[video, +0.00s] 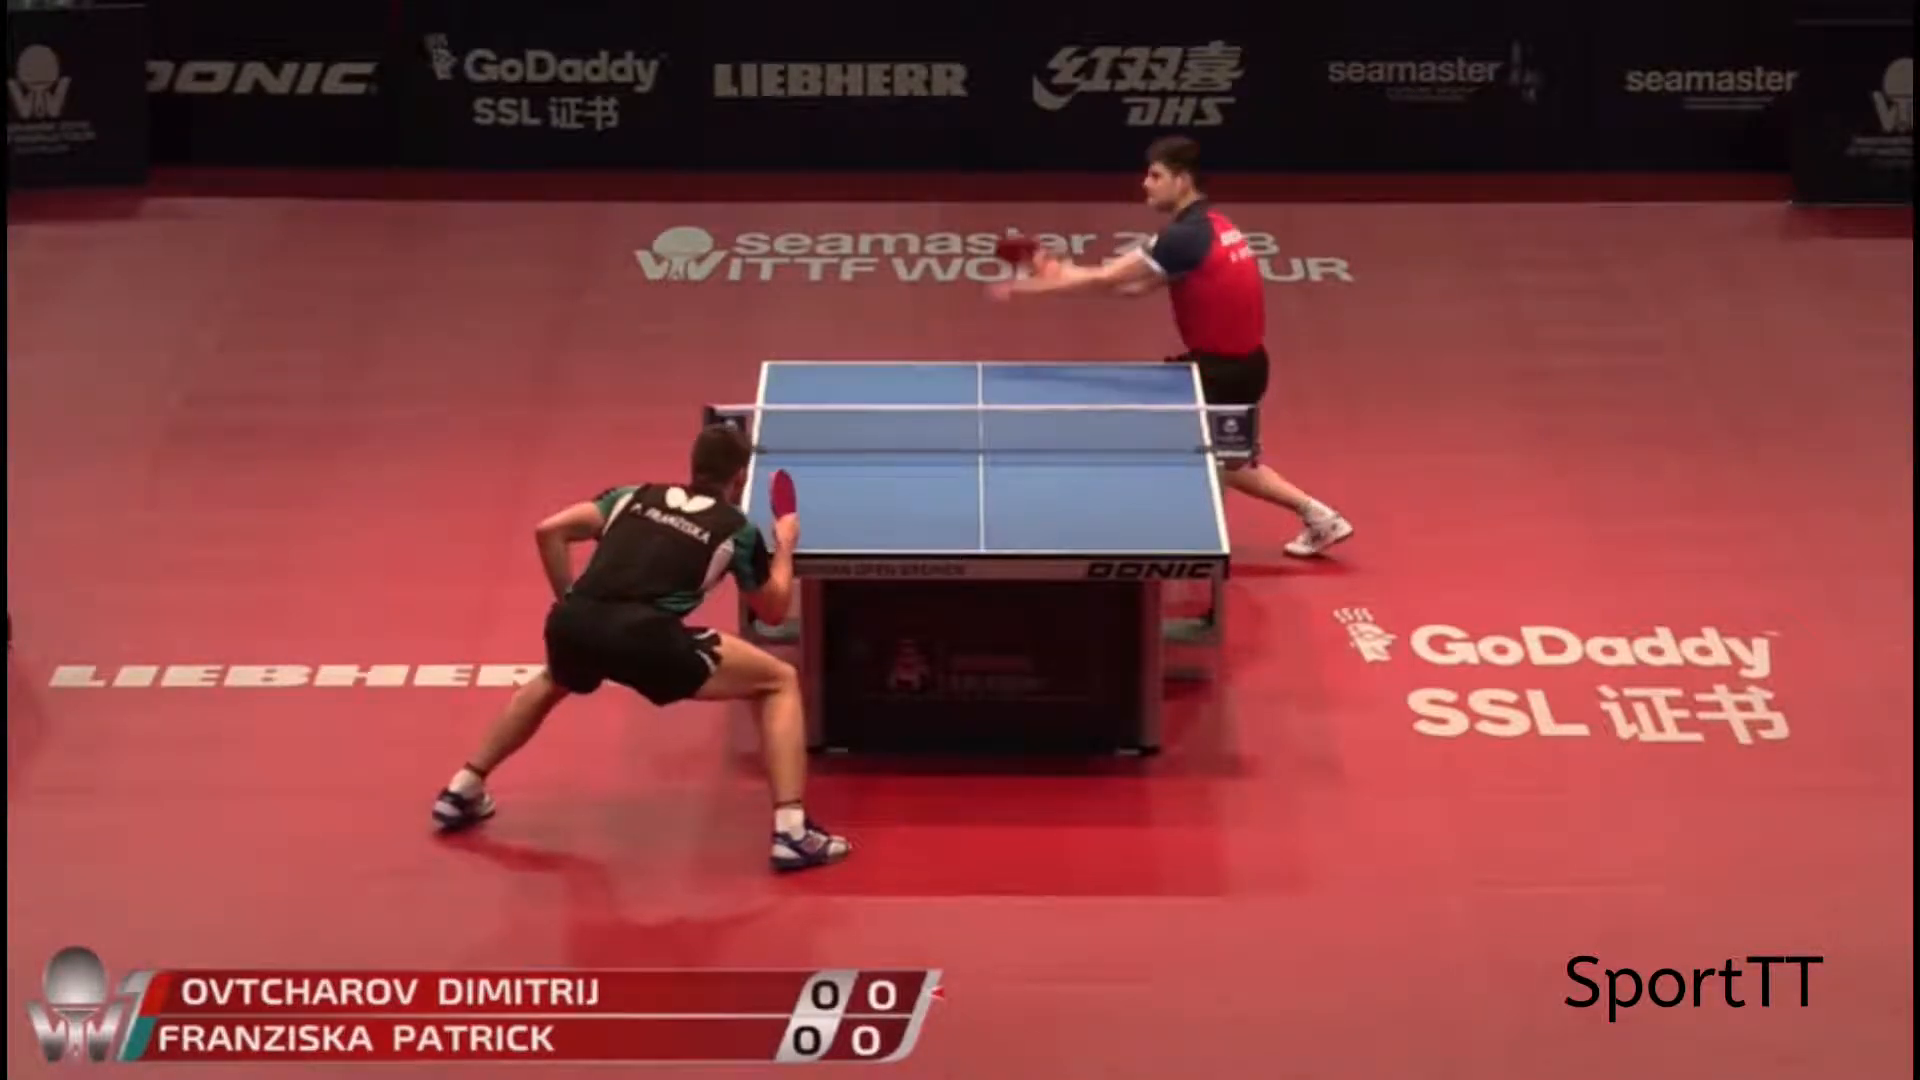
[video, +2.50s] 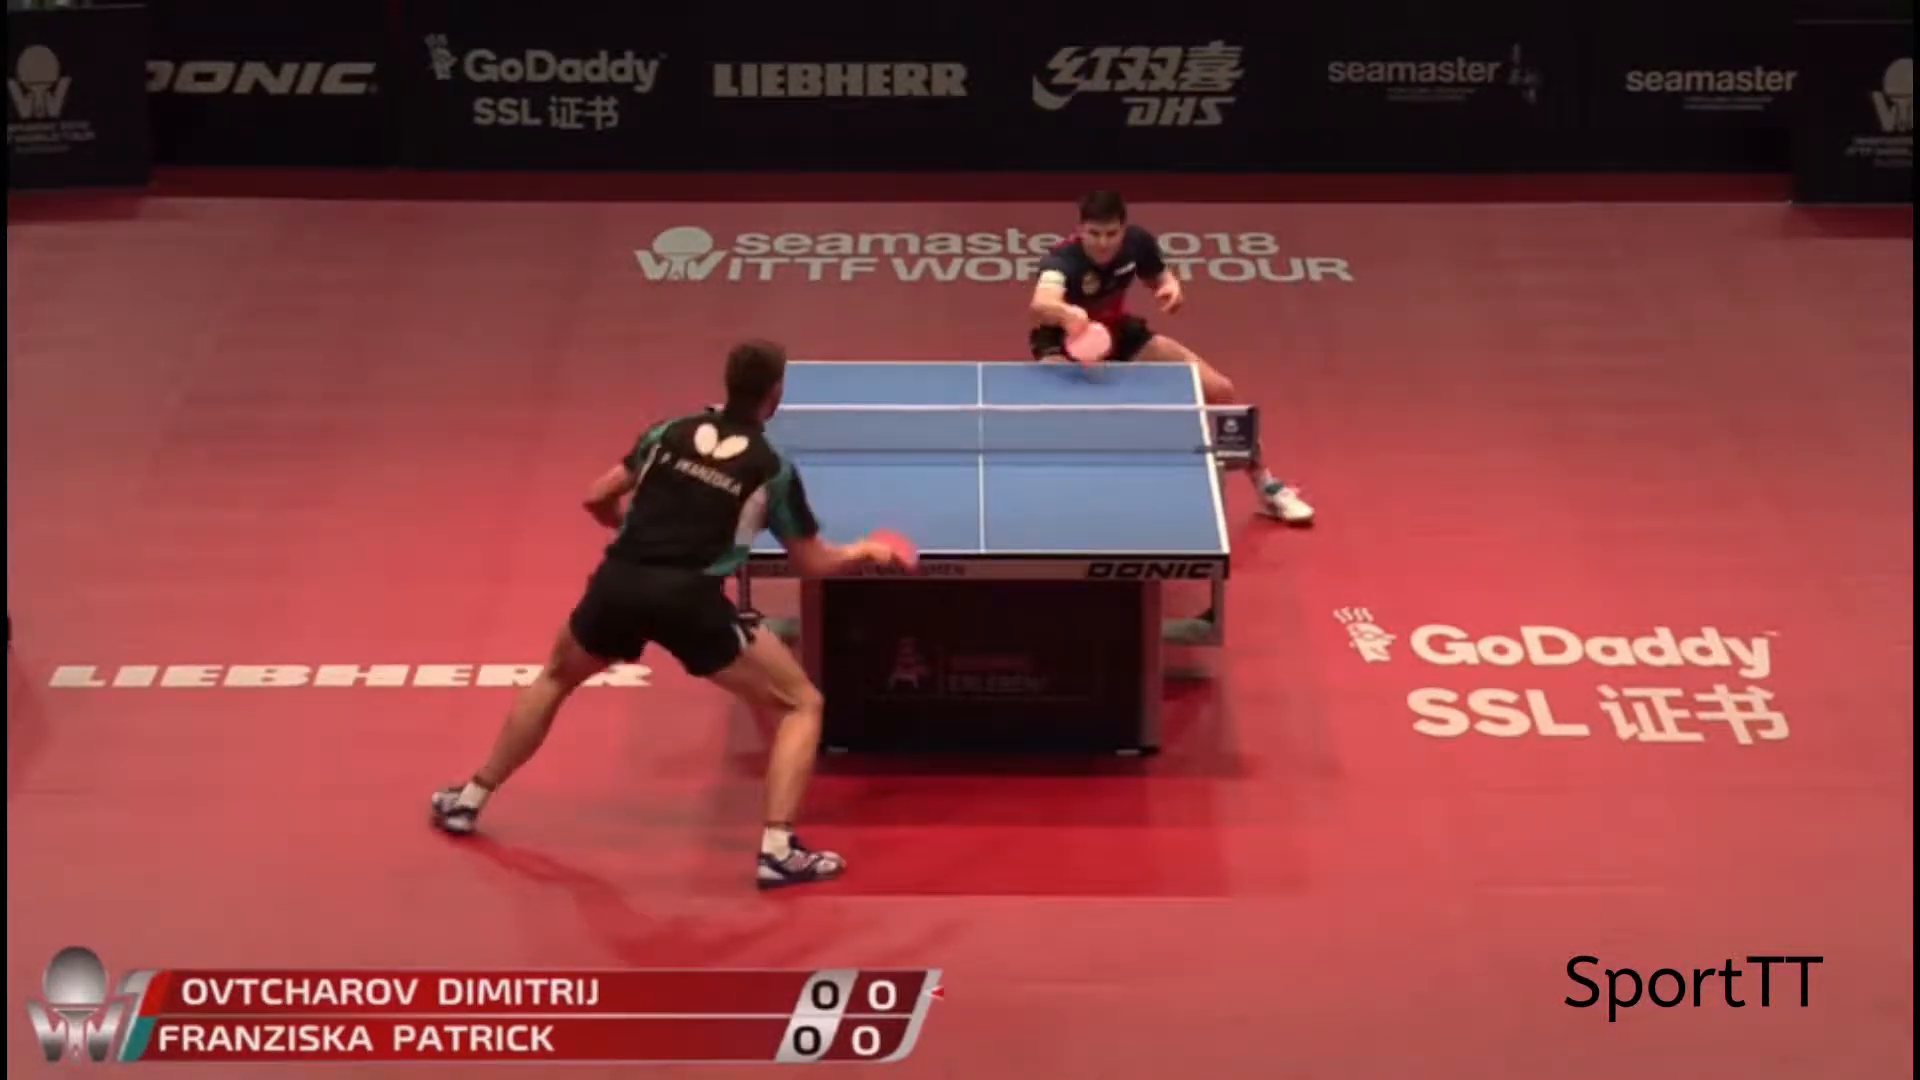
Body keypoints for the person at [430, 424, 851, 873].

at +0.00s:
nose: (743, 480)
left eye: (732, 471)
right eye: (744, 473)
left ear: (691, 467)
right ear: (739, 479)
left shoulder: (636, 495)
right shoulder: (739, 529)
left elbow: (550, 530)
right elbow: (774, 610)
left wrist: (566, 601)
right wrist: (785, 549)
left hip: (573, 623)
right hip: (647, 637)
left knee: (552, 681)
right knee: (779, 683)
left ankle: (463, 787)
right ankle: (792, 830)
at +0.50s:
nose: (745, 461)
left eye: (743, 453)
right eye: (745, 454)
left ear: (689, 451)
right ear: (734, 459)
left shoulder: (629, 479)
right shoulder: (732, 513)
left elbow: (546, 523)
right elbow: (766, 598)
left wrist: (560, 593)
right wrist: (782, 535)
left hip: (568, 614)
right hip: (639, 624)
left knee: (545, 682)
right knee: (774, 682)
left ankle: (459, 790)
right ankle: (793, 833)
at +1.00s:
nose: (752, 419)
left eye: (749, 409)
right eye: (751, 411)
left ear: (695, 405)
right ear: (741, 418)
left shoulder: (638, 443)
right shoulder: (741, 477)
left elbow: (559, 501)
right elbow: (774, 568)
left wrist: (570, 569)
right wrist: (801, 517)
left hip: (577, 583)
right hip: (650, 597)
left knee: (537, 676)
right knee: (774, 678)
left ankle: (458, 793)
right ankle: (792, 831)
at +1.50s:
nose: (762, 374)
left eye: (759, 366)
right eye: (761, 367)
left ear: (707, 362)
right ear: (752, 372)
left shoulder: (650, 396)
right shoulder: (748, 435)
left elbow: (572, 454)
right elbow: (783, 533)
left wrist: (587, 513)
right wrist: (847, 537)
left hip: (592, 545)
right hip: (660, 561)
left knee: (541, 655)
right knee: (758, 680)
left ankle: (475, 786)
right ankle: (790, 833)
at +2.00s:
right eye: (774, 379)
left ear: (729, 375)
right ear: (775, 385)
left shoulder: (712, 410)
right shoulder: (790, 435)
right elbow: (798, 483)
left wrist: (616, 459)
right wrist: (811, 479)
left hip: (707, 569)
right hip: (778, 570)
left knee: (602, 661)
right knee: (820, 639)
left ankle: (507, 780)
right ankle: (881, 755)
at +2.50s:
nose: (782, 397)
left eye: (775, 385)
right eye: (782, 390)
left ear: (727, 384)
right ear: (772, 396)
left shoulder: (670, 431)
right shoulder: (773, 467)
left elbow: (599, 497)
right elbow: (813, 563)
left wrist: (620, 523)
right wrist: (864, 553)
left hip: (619, 585)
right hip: (692, 601)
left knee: (554, 680)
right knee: (801, 704)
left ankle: (470, 799)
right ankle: (777, 849)